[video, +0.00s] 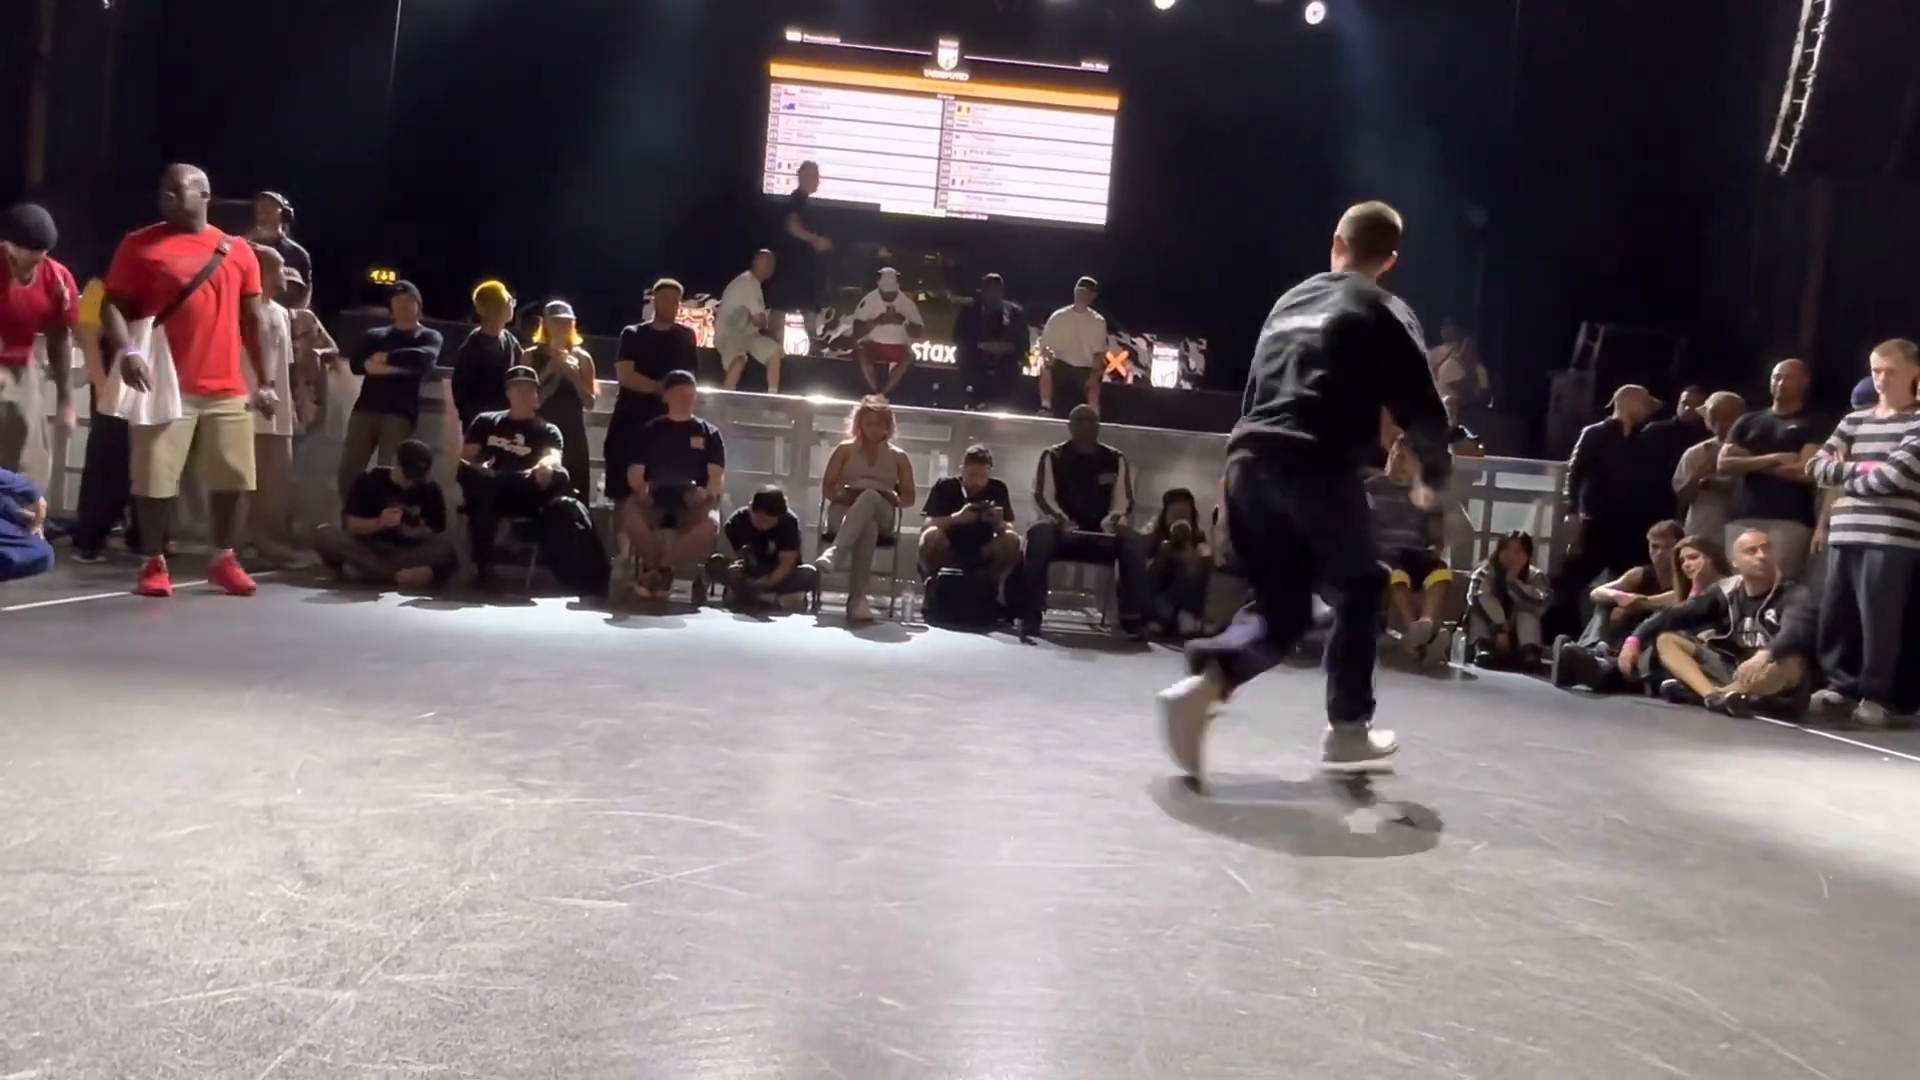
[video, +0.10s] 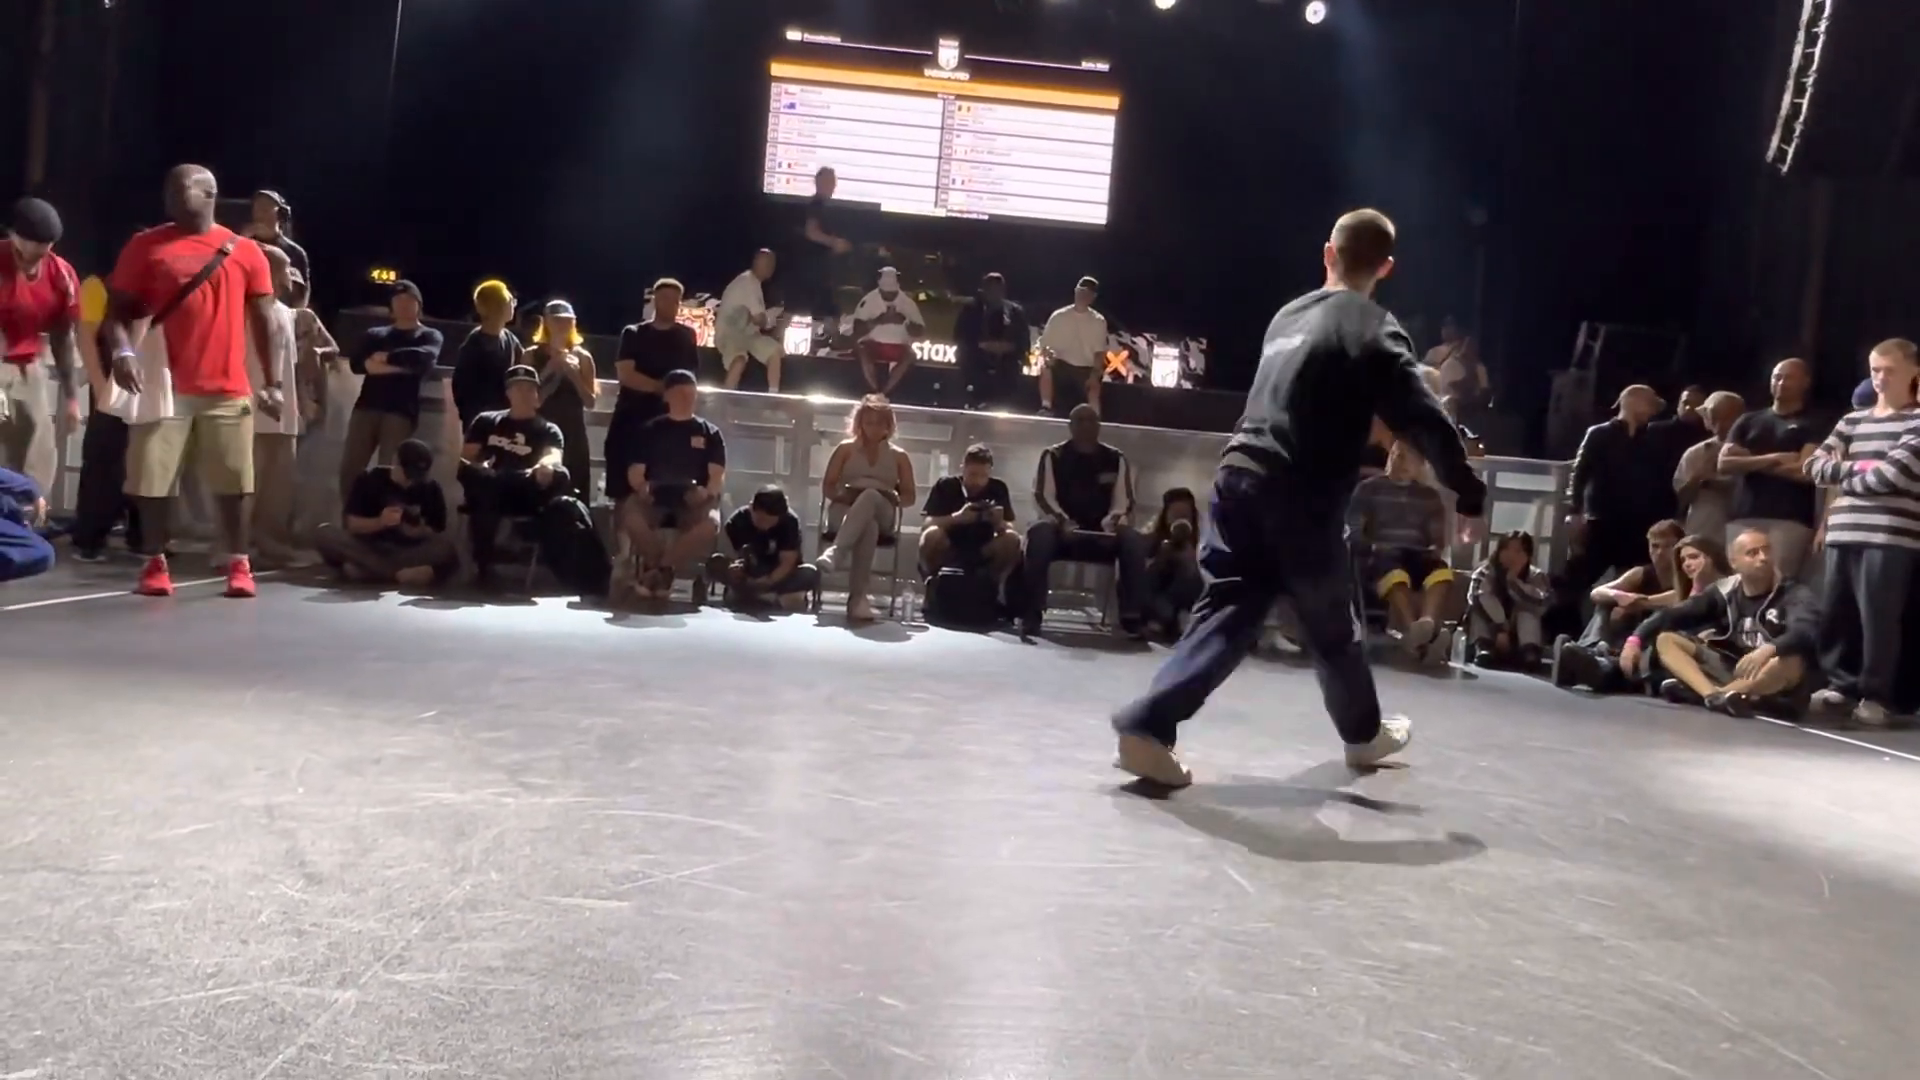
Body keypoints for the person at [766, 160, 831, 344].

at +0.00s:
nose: (817, 181)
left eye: (817, 177)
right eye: (813, 176)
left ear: (815, 178)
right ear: (802, 176)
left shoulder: (804, 203)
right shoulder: (796, 201)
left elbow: (797, 228)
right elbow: (792, 227)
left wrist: (816, 241)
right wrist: (815, 240)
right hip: (791, 261)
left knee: (811, 304)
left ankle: (814, 343)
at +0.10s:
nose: (831, 185)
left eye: (832, 181)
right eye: (827, 181)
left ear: (834, 183)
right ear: (818, 182)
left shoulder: (828, 205)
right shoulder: (816, 204)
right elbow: (811, 231)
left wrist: (836, 241)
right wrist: (834, 242)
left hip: (825, 258)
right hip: (816, 259)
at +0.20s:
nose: (849, 189)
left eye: (850, 185)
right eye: (846, 185)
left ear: (851, 186)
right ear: (837, 185)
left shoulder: (846, 210)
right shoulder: (832, 209)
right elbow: (825, 234)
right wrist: (851, 244)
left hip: (842, 269)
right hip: (831, 270)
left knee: (842, 310)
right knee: (832, 311)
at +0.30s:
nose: (865, 188)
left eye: (866, 184)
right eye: (861, 184)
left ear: (869, 185)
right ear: (853, 184)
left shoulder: (866, 211)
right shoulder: (846, 208)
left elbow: (873, 236)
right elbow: (840, 234)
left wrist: (883, 251)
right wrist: (866, 244)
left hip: (865, 264)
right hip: (849, 265)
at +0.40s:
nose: (879, 189)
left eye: (881, 184)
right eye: (876, 184)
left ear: (883, 185)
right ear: (869, 184)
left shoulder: (877, 210)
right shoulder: (860, 208)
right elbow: (853, 234)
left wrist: (884, 242)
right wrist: (880, 244)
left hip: (875, 267)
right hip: (862, 268)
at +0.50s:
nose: (895, 190)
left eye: (896, 185)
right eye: (892, 185)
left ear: (897, 186)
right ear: (884, 185)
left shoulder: (888, 212)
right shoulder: (875, 210)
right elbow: (866, 235)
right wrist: (894, 244)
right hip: (874, 269)